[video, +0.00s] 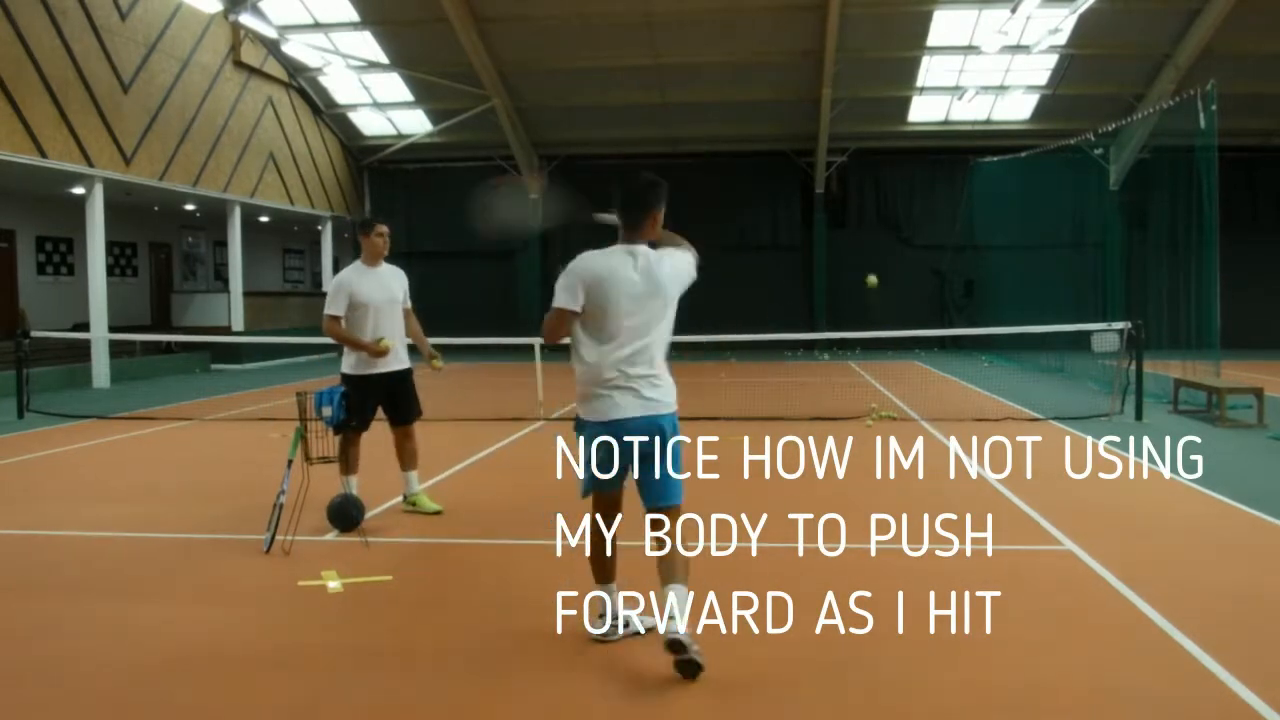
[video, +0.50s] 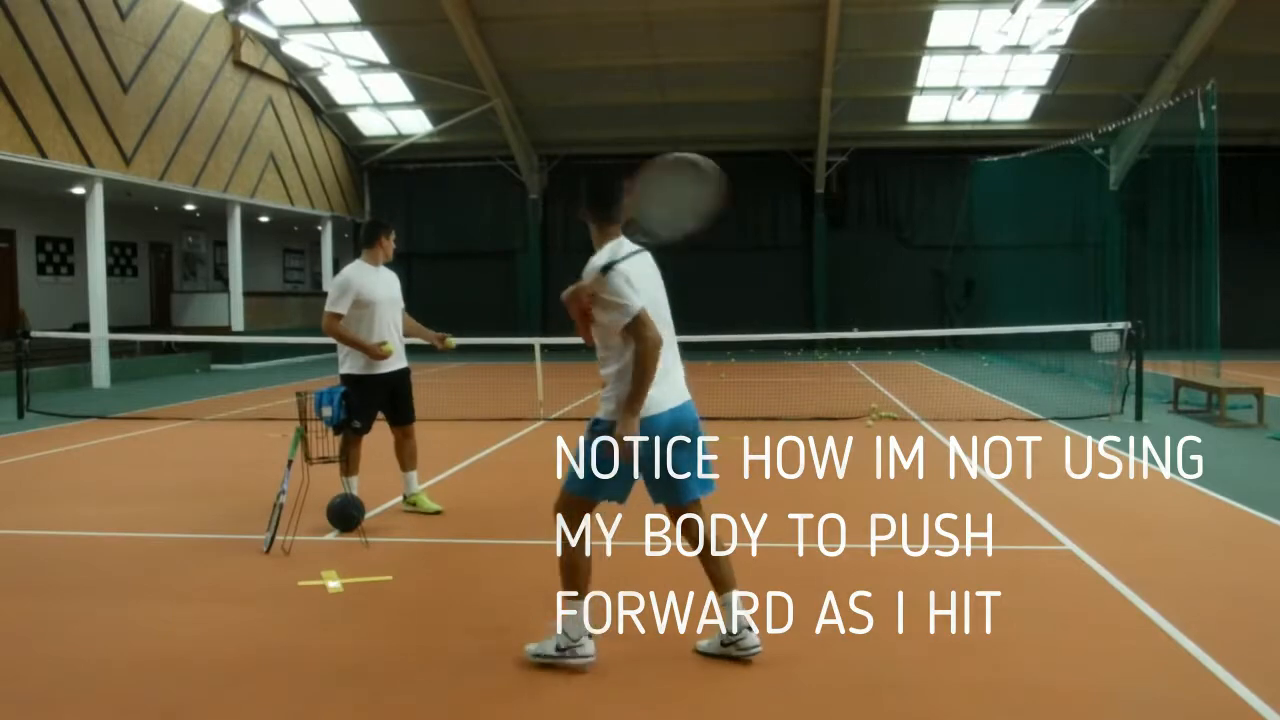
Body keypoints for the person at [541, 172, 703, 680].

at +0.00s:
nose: (664, 220)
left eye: (659, 212)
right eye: (663, 214)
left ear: (618, 217)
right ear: (656, 218)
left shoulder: (585, 266)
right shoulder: (670, 268)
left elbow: (553, 332)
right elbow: (687, 252)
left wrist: (582, 323)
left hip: (601, 420)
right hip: (657, 418)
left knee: (603, 513)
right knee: (667, 521)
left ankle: (606, 613)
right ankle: (674, 617)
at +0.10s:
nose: (663, 212)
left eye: (656, 206)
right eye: (663, 206)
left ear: (620, 208)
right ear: (661, 210)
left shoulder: (599, 267)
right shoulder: (666, 249)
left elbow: (586, 343)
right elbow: (626, 228)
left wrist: (562, 315)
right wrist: (576, 225)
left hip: (619, 411)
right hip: (672, 402)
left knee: (613, 509)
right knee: (677, 507)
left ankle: (610, 611)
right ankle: (708, 614)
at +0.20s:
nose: (657, 212)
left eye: (644, 206)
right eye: (659, 206)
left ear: (615, 208)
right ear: (656, 211)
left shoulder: (615, 270)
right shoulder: (665, 251)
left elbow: (623, 348)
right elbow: (622, 251)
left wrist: (565, 342)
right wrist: (584, 253)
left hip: (631, 416)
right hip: (680, 405)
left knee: (616, 516)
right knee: (690, 513)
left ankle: (611, 614)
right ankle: (733, 619)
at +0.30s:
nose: (645, 219)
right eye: (649, 212)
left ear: (609, 219)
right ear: (651, 217)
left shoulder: (627, 276)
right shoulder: (659, 261)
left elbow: (649, 352)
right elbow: (569, 298)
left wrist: (579, 384)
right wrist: (592, 284)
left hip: (643, 425)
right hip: (686, 413)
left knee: (610, 517)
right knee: (691, 519)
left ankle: (605, 614)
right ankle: (738, 622)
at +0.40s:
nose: (639, 220)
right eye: (641, 213)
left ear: (600, 221)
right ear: (642, 218)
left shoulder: (624, 277)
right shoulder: (654, 264)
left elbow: (663, 351)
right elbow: (587, 332)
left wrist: (613, 412)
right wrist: (592, 304)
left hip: (642, 425)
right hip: (684, 415)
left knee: (592, 512)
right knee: (692, 522)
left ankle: (591, 619)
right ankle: (740, 627)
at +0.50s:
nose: (580, 214)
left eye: (580, 207)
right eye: (617, 202)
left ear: (582, 212)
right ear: (624, 208)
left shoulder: (606, 274)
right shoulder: (642, 259)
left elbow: (651, 339)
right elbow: (605, 341)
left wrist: (629, 415)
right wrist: (582, 314)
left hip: (624, 420)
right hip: (676, 413)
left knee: (570, 510)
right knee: (691, 520)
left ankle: (573, 633)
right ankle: (738, 626)